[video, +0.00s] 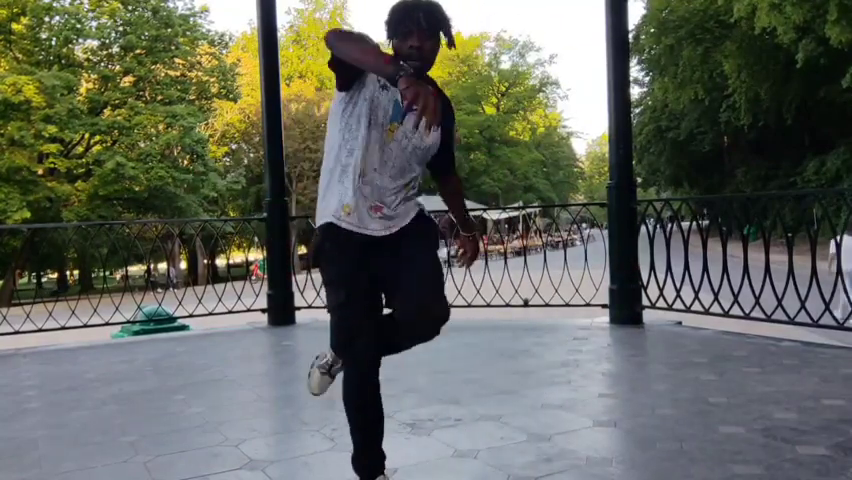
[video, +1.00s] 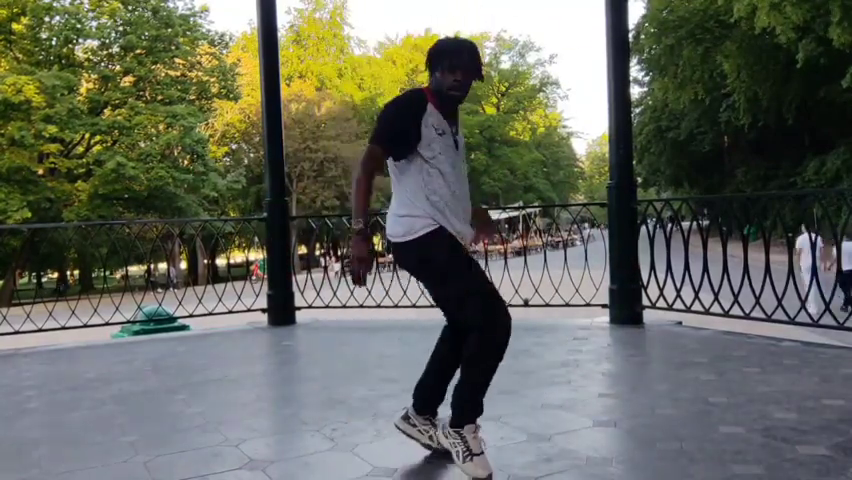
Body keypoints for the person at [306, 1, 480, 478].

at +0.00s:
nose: (418, 46)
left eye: (428, 38)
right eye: (408, 36)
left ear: (440, 44)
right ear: (393, 39)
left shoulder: (438, 106)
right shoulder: (361, 74)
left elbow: (445, 172)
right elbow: (336, 39)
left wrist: (465, 223)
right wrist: (402, 76)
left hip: (405, 224)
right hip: (344, 227)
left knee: (426, 319)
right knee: (360, 353)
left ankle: (346, 348)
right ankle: (370, 469)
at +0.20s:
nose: (423, 53)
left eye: (430, 47)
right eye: (416, 43)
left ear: (437, 52)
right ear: (392, 43)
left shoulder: (437, 110)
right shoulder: (364, 77)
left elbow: (427, 183)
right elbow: (382, 63)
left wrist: (440, 225)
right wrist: (469, 76)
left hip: (418, 242)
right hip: (362, 234)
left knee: (428, 348)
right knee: (370, 358)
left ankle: (313, 412)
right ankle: (367, 473)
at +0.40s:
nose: (420, 52)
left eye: (430, 45)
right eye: (409, 42)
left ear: (439, 54)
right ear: (391, 47)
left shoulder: (424, 106)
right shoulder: (377, 80)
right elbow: (447, 126)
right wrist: (516, 126)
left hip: (425, 237)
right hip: (376, 233)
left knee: (461, 338)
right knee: (401, 355)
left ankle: (359, 407)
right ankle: (397, 469)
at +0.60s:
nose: (444, 64)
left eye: (454, 56)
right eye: (434, 53)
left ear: (461, 64)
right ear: (413, 57)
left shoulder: (418, 102)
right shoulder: (404, 98)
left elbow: (378, 176)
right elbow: (441, 180)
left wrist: (358, 236)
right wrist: (494, 213)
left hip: (421, 235)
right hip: (390, 237)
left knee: (470, 318)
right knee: (427, 344)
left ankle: (419, 421)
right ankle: (400, 469)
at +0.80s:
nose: (463, 82)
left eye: (471, 74)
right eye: (456, 71)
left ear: (477, 76)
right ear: (435, 69)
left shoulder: (418, 106)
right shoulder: (424, 111)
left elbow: (377, 156)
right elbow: (421, 198)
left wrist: (375, 214)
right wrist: (454, 276)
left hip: (408, 237)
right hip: (408, 240)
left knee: (453, 331)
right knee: (451, 336)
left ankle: (418, 432)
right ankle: (407, 458)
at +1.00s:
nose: (458, 82)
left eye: (467, 76)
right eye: (450, 72)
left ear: (474, 79)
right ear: (432, 72)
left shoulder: (450, 122)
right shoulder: (407, 108)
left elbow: (441, 183)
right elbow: (366, 166)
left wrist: (475, 215)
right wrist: (360, 233)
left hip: (441, 234)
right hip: (418, 234)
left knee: (464, 322)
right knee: (494, 320)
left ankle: (420, 414)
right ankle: (462, 425)